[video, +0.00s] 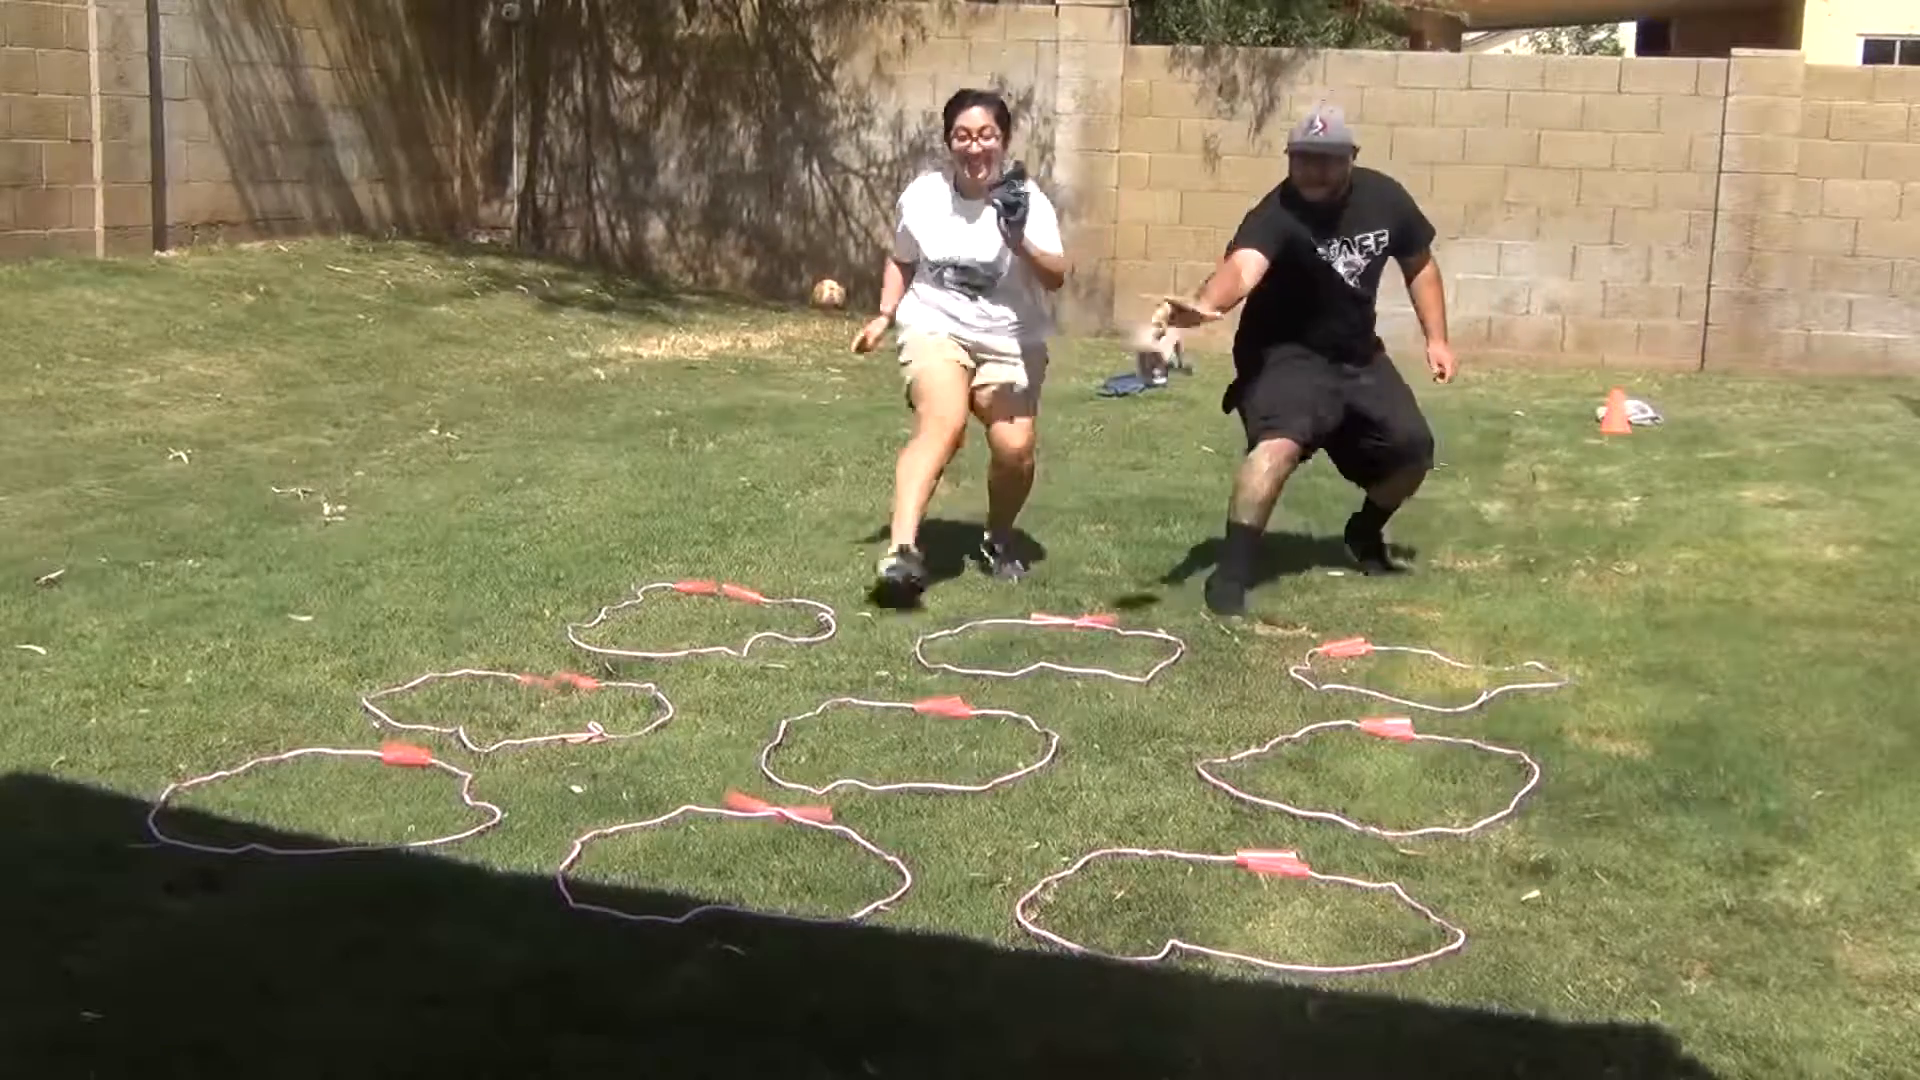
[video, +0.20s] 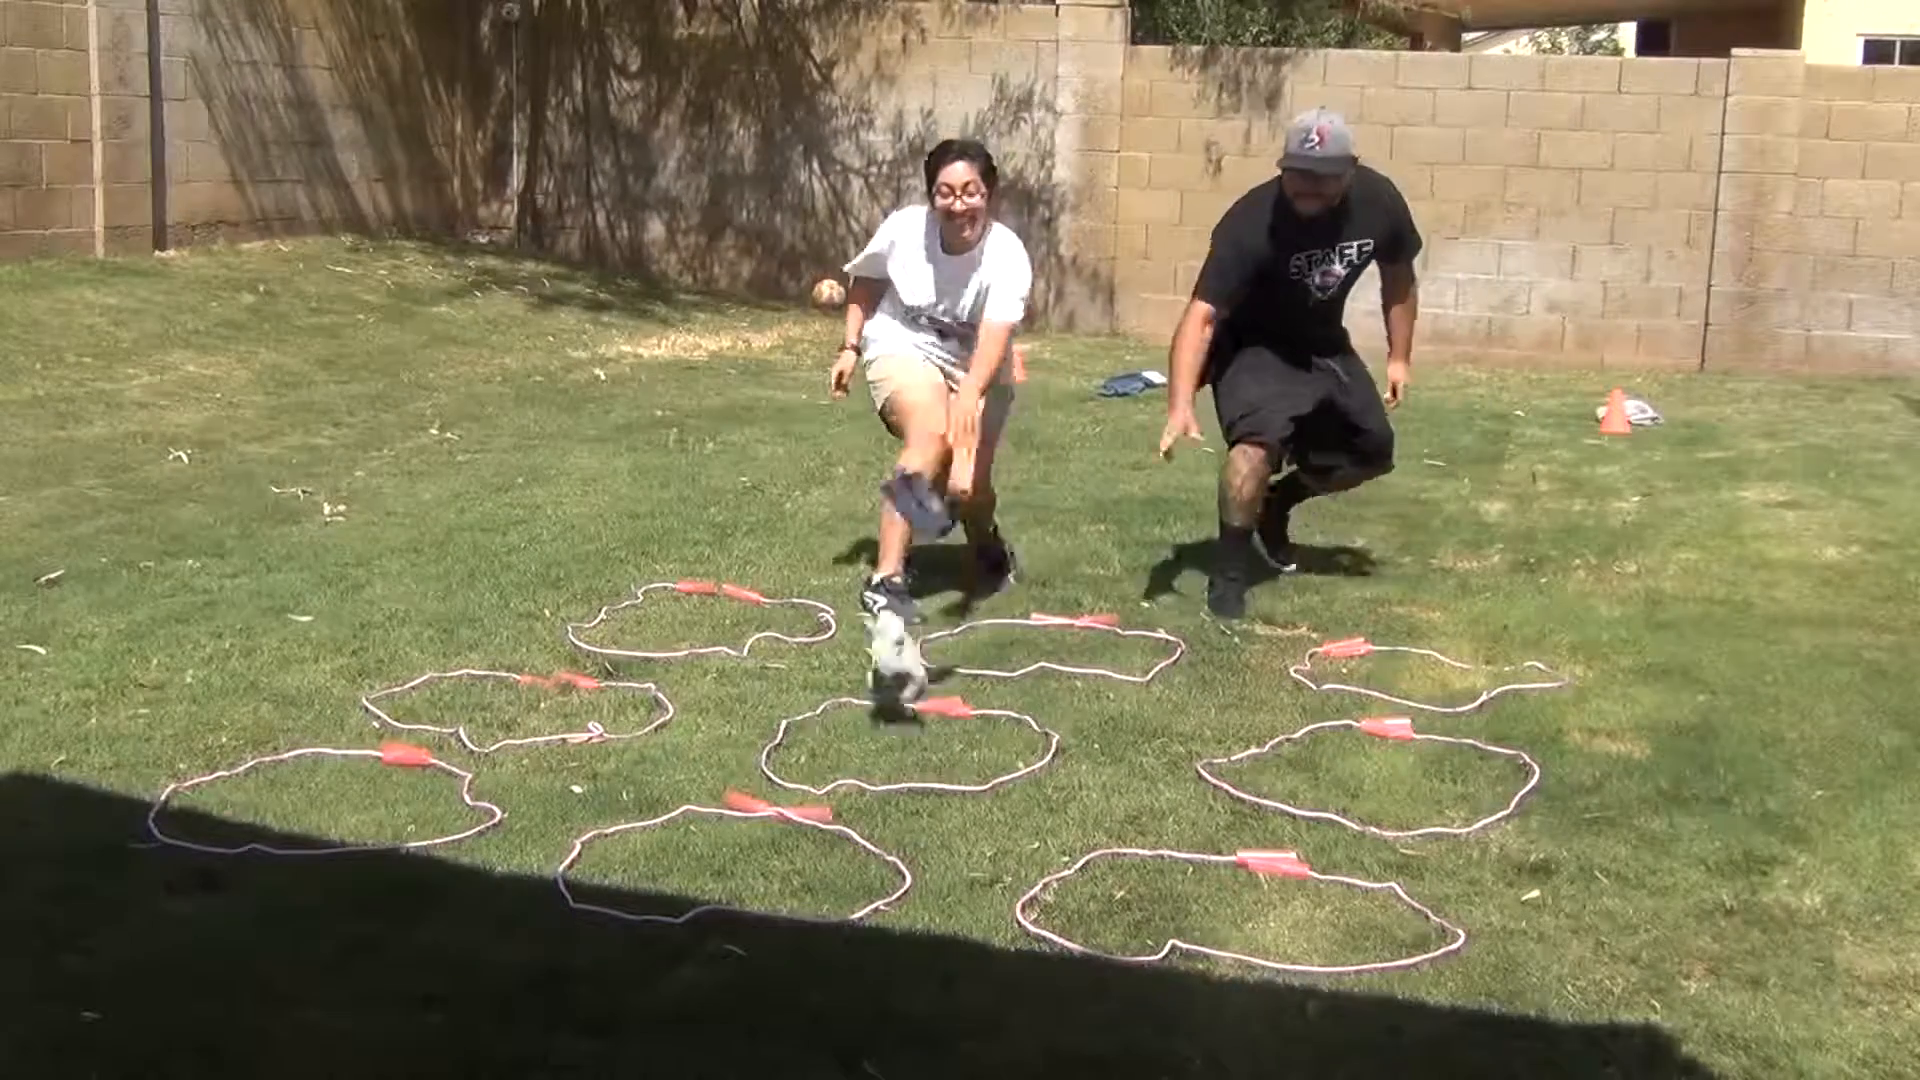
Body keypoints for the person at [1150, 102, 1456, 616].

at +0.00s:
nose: (1316, 170)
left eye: (1329, 158)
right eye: (1305, 158)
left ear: (1351, 159)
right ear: (1290, 160)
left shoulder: (1384, 198)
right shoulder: (1277, 213)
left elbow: (1419, 266)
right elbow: (1241, 267)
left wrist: (1437, 338)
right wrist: (1204, 306)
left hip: (1359, 355)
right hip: (1286, 353)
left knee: (1411, 451)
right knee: (1282, 441)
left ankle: (1365, 531)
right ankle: (1232, 573)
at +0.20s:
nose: (1307, 184)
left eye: (1322, 175)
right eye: (1298, 172)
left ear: (1348, 172)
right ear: (1282, 167)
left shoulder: (1377, 203)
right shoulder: (1251, 221)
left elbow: (1398, 273)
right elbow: (1200, 315)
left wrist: (1399, 357)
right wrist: (1180, 404)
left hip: (1323, 342)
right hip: (1252, 343)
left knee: (1369, 452)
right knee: (1257, 445)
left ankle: (1277, 502)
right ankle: (1231, 570)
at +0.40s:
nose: (1335, 179)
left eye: (1348, 169)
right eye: (1324, 166)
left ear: (1371, 164)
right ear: (1307, 156)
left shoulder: (1390, 197)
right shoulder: (1258, 209)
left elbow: (1396, 259)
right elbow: (1199, 295)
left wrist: (1383, 337)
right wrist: (1196, 384)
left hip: (1312, 330)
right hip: (1246, 325)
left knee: (1323, 452)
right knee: (1248, 431)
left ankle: (1223, 464)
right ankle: (1231, 571)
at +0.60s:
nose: (1394, 175)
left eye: (1407, 166)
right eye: (1383, 161)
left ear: (1420, 164)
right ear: (1360, 151)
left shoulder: (1399, 202)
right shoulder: (1324, 202)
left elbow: (1366, 273)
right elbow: (1266, 294)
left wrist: (1350, 340)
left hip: (1312, 319)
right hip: (1240, 314)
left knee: (1359, 429)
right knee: (1260, 439)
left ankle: (1254, 491)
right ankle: (1231, 571)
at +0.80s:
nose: (1489, 136)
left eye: (1492, 125)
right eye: (1485, 123)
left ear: (1447, 116)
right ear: (1449, 115)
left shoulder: (1412, 155)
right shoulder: (1410, 157)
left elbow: (1354, 252)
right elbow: (1369, 233)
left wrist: (1379, 324)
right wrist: (1410, 321)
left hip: (1336, 307)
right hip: (1302, 300)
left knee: (1374, 421)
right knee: (1288, 430)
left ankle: (1316, 544)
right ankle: (1238, 569)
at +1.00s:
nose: (1519, 123)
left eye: (1522, 113)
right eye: (1521, 112)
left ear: (1467, 101)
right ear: (1507, 110)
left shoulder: (1435, 143)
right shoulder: (1467, 148)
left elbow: (1448, 251)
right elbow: (1430, 205)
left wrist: (1514, 277)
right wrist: (1449, 292)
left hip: (1333, 292)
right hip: (1395, 299)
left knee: (1349, 424)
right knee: (1456, 412)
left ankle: (1311, 549)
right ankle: (1407, 519)